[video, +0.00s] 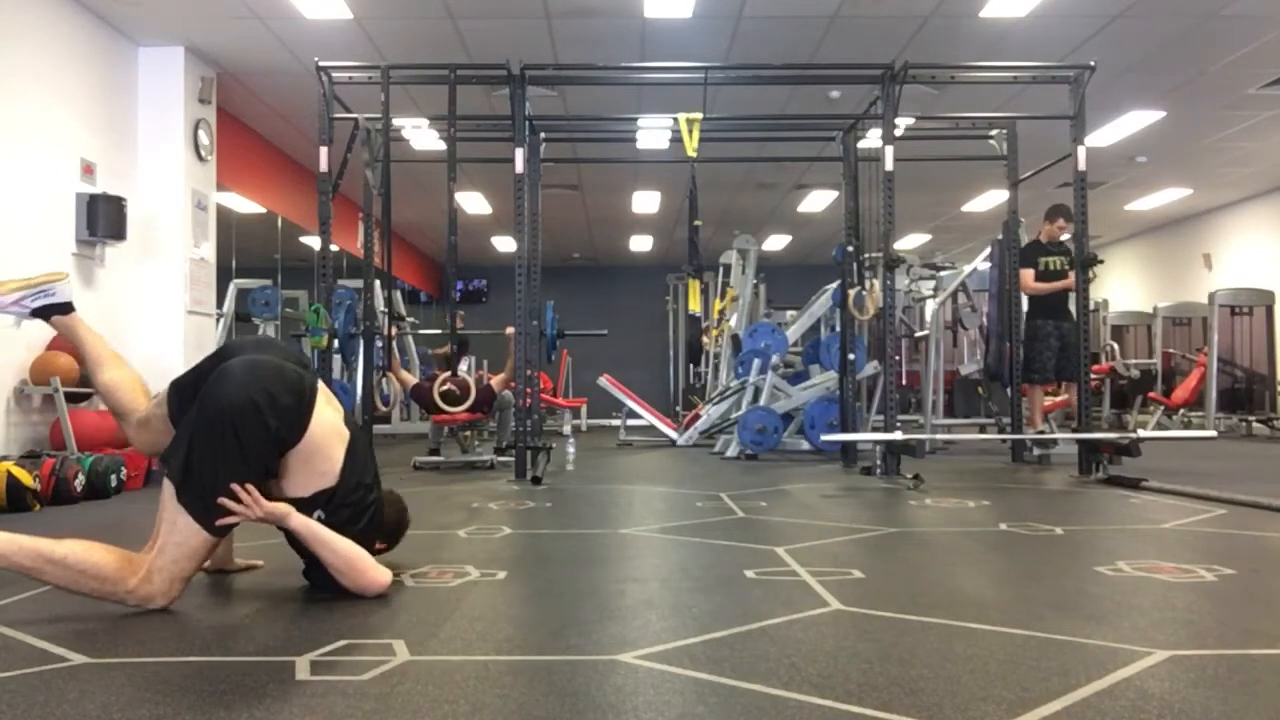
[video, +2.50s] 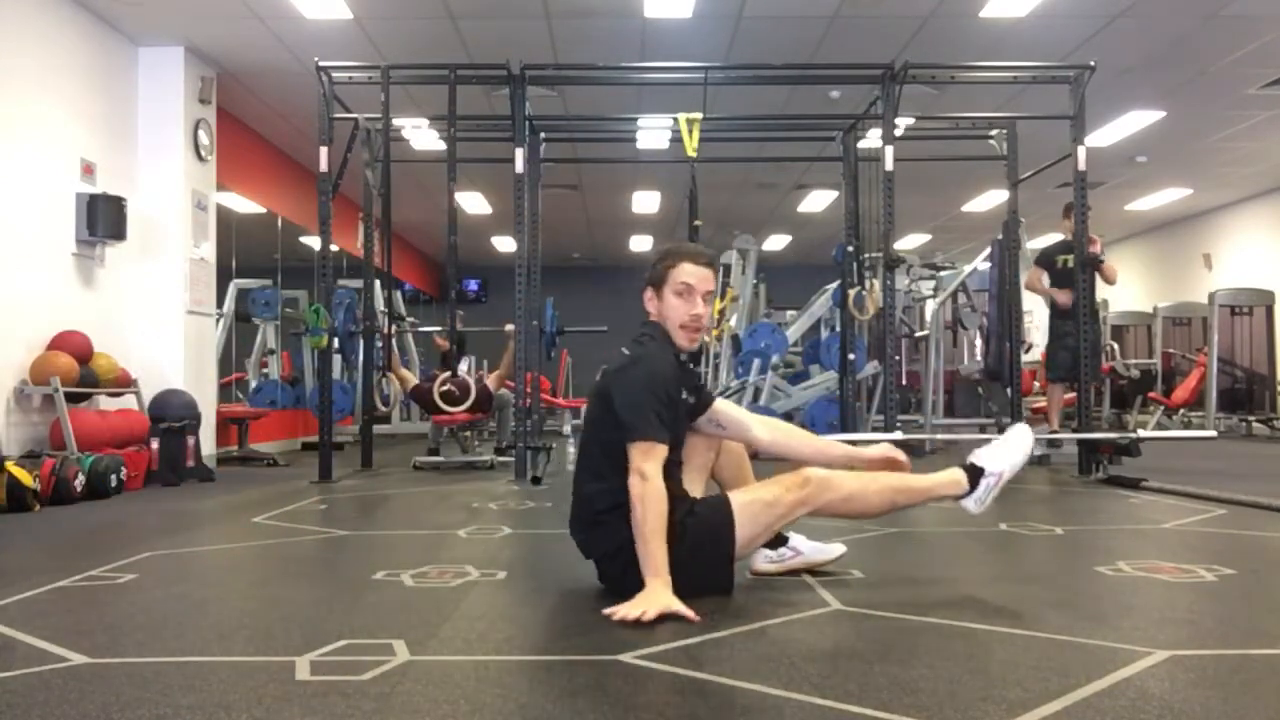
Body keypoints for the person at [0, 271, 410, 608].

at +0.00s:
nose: (374, 560)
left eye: (377, 550)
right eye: (379, 551)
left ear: (364, 509)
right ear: (377, 540)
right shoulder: (351, 529)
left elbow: (229, 455)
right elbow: (376, 581)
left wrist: (220, 551)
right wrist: (290, 516)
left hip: (259, 354)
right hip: (260, 398)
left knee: (146, 429)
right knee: (154, 582)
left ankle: (60, 313)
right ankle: (4, 543)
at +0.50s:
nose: (275, 524)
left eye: (273, 531)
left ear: (274, 535)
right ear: (298, 542)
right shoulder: (329, 557)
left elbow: (267, 451)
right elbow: (393, 581)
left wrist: (230, 543)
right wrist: (331, 505)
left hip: (402, 367)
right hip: (412, 403)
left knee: (301, 381)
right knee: (231, 510)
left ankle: (284, 248)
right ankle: (34, 492)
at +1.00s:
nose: (387, 449)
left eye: (383, 441)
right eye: (369, 451)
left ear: (396, 448)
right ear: (352, 481)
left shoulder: (437, 482)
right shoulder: (382, 527)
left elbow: (449, 403)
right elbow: (373, 562)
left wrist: (379, 370)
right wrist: (360, 526)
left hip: (588, 500)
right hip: (549, 533)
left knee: (522, 368)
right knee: (459, 381)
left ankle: (640, 394)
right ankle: (483, 223)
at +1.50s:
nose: (565, 337)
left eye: (562, 326)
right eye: (552, 325)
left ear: (537, 337)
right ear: (512, 335)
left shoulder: (553, 399)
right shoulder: (498, 395)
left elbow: (632, 391)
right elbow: (526, 440)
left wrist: (686, 340)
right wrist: (612, 434)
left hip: (620, 538)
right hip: (591, 546)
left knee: (688, 401)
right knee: (685, 387)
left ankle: (764, 518)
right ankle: (846, 326)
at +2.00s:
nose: (661, 314)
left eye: (661, 302)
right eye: (649, 299)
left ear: (619, 306)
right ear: (608, 304)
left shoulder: (617, 374)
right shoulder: (593, 372)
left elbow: (700, 424)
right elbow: (611, 469)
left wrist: (801, 428)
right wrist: (697, 535)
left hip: (630, 538)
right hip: (625, 551)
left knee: (696, 432)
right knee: (785, 452)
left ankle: (762, 542)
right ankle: (958, 443)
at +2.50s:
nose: (700, 310)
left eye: (707, 299)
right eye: (686, 296)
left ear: (711, 305)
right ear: (651, 303)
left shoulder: (675, 370)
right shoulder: (648, 370)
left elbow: (755, 431)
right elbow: (645, 479)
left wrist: (858, 456)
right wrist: (655, 586)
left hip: (647, 531)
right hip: (640, 556)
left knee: (716, 427)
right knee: (805, 485)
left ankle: (765, 545)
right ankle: (969, 481)